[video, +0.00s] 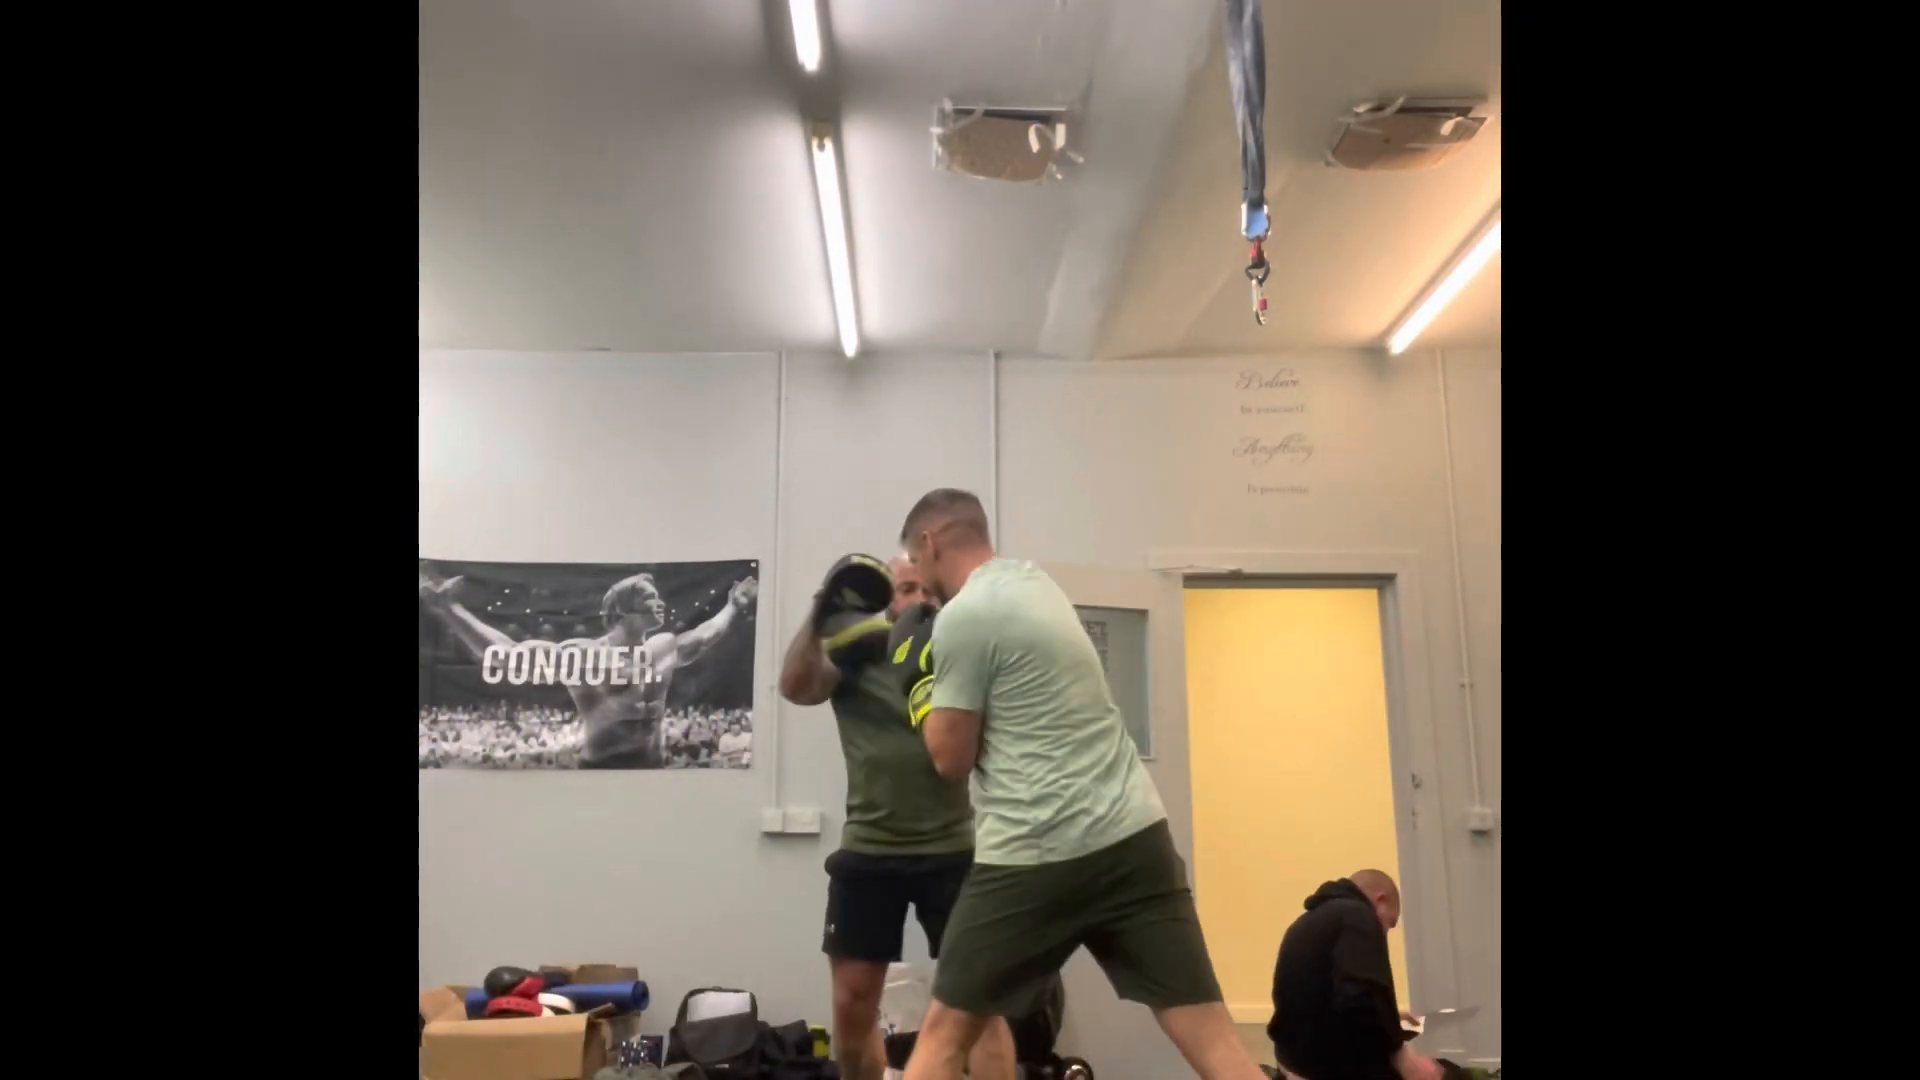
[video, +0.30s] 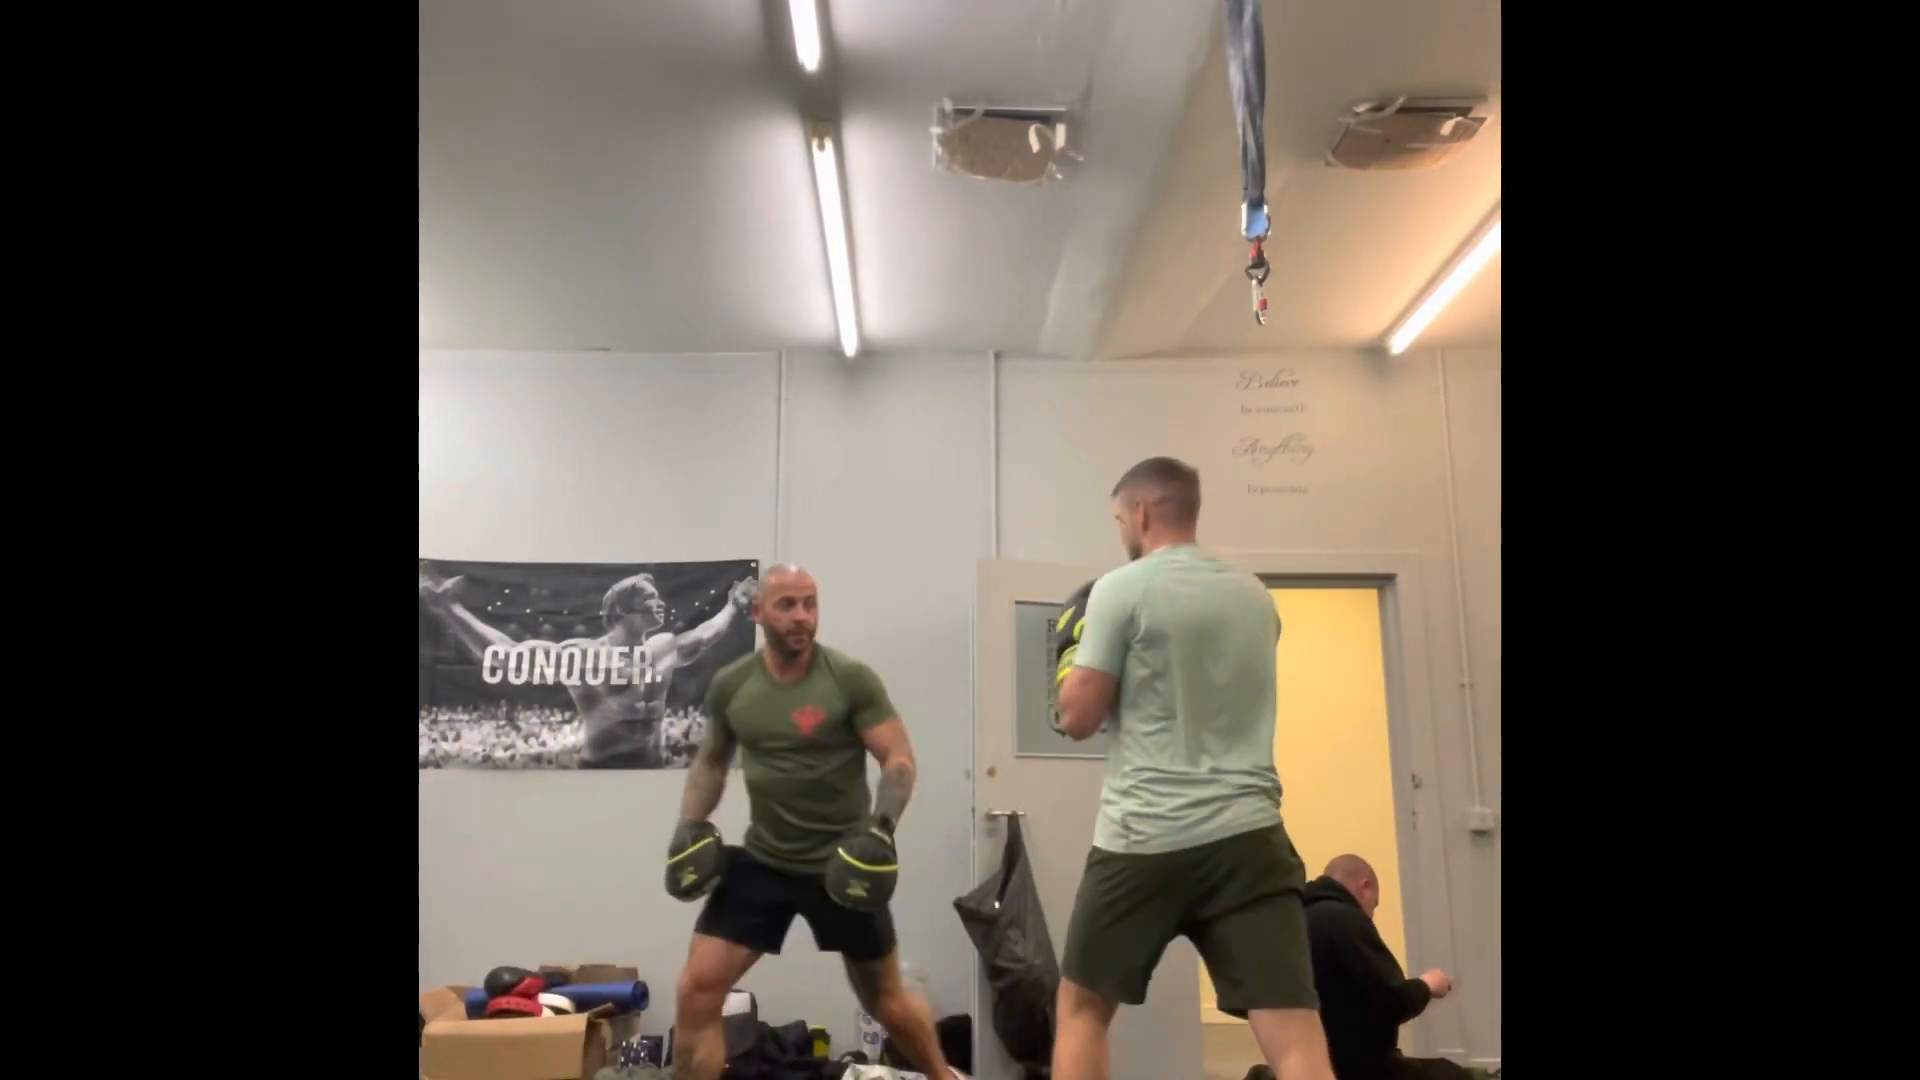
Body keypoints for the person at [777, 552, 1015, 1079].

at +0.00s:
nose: (914, 600)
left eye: (923, 589)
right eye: (904, 589)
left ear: (942, 591)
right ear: (884, 594)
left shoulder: (959, 645)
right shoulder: (856, 648)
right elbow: (797, 687)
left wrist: (922, 638)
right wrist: (822, 609)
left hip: (952, 848)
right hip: (869, 849)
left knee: (979, 1006)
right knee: (851, 1004)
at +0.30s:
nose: (800, 616)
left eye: (809, 604)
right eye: (786, 605)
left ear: (819, 610)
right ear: (759, 614)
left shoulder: (851, 679)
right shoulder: (730, 686)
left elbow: (899, 761)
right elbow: (710, 762)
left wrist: (879, 832)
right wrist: (690, 827)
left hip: (844, 865)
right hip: (763, 864)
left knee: (887, 1003)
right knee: (698, 989)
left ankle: (942, 1073)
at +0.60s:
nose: (741, 548)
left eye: (742, 537)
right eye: (728, 532)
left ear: (690, 534)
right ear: (682, 530)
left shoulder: (731, 639)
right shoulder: (604, 599)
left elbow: (748, 740)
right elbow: (539, 691)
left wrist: (768, 812)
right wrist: (638, 737)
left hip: (673, 849)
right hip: (578, 839)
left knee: (645, 1030)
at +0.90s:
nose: (702, 481)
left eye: (701, 463)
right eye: (692, 458)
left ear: (643, 456)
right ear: (646, 453)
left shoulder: (637, 572)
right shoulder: (570, 535)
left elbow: (598, 711)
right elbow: (570, 665)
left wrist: (654, 778)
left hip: (604, 842)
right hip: (512, 838)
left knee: (661, 1039)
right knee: (449, 1051)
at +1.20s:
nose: (787, 435)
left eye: (790, 419)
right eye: (792, 416)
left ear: (689, 406)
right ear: (773, 404)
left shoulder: (605, 513)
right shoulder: (767, 495)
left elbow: (608, 689)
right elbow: (815, 684)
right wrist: (843, 819)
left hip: (575, 842)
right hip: (674, 845)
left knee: (725, 1040)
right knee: (657, 1065)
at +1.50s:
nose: (819, 395)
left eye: (822, 373)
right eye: (824, 370)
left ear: (710, 351)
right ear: (802, 354)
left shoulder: (610, 448)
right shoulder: (785, 455)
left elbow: (586, 638)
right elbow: (833, 671)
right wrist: (832, 797)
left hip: (527, 801)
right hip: (637, 810)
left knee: (687, 1042)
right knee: (627, 1063)